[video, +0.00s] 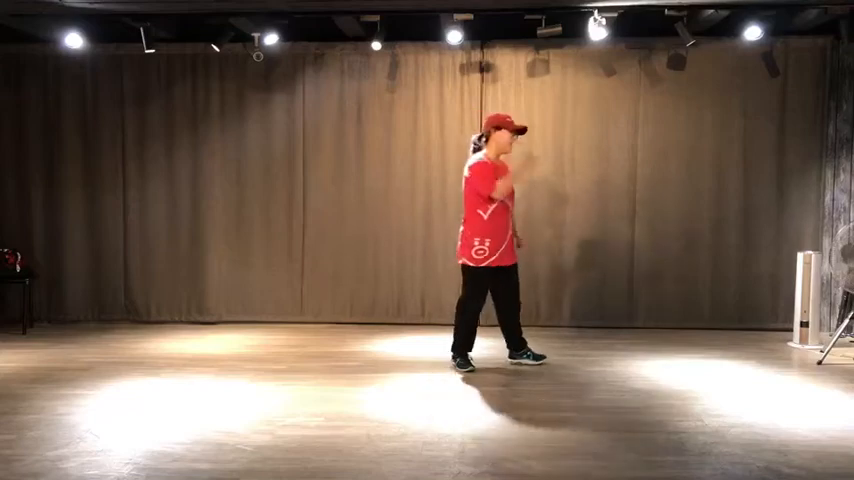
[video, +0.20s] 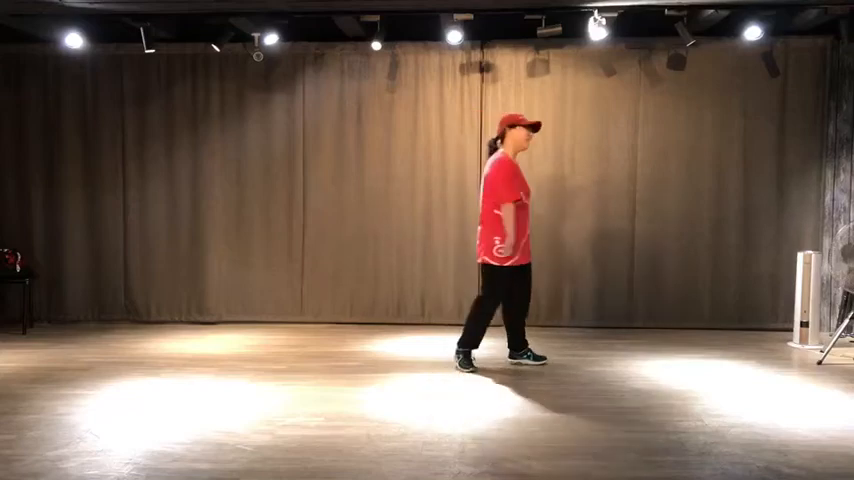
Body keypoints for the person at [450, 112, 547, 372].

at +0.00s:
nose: (513, 141)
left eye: (513, 136)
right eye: (510, 135)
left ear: (498, 137)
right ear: (494, 135)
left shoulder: (503, 167)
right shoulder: (477, 165)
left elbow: (507, 205)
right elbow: (497, 192)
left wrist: (512, 232)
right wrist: (519, 170)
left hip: (502, 248)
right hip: (478, 249)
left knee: (509, 302)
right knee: (471, 304)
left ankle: (517, 349)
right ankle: (460, 353)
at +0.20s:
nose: (530, 136)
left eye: (530, 132)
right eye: (526, 131)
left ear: (511, 134)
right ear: (510, 132)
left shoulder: (508, 164)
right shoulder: (502, 164)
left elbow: (508, 205)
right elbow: (507, 205)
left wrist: (517, 237)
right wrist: (510, 237)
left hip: (516, 250)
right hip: (499, 249)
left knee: (517, 301)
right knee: (489, 299)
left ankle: (518, 349)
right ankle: (464, 349)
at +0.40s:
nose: (543, 138)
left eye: (543, 133)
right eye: (540, 133)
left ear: (525, 134)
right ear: (524, 133)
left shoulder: (521, 163)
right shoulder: (513, 162)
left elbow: (504, 200)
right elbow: (499, 198)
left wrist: (493, 230)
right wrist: (491, 230)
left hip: (524, 245)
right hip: (515, 246)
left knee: (522, 301)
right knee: (518, 301)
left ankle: (518, 348)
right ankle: (495, 346)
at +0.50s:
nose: (548, 142)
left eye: (549, 137)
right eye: (546, 136)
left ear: (532, 137)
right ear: (530, 136)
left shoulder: (526, 162)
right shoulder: (516, 161)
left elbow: (521, 200)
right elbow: (505, 195)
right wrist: (512, 228)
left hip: (526, 244)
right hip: (517, 244)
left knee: (529, 291)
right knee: (532, 290)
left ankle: (522, 345)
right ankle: (517, 347)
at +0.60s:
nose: (553, 147)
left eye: (554, 142)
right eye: (552, 141)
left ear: (539, 138)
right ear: (538, 137)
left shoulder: (527, 161)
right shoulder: (520, 160)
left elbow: (516, 192)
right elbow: (511, 187)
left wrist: (539, 197)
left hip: (525, 243)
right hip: (524, 244)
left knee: (521, 294)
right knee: (544, 292)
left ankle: (518, 347)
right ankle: (530, 348)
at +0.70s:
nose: (560, 150)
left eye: (561, 145)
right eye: (559, 144)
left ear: (545, 139)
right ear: (545, 139)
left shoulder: (531, 162)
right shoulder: (524, 161)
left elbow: (532, 195)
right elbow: (529, 190)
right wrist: (556, 177)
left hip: (528, 245)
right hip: (528, 246)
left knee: (521, 297)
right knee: (546, 300)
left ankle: (518, 348)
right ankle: (548, 354)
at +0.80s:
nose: (566, 147)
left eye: (567, 142)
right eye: (564, 142)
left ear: (548, 138)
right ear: (550, 138)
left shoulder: (536, 162)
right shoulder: (534, 164)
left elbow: (539, 206)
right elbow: (549, 198)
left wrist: (552, 237)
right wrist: (580, 192)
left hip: (532, 246)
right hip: (531, 248)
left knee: (523, 299)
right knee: (545, 303)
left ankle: (518, 350)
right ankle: (559, 357)